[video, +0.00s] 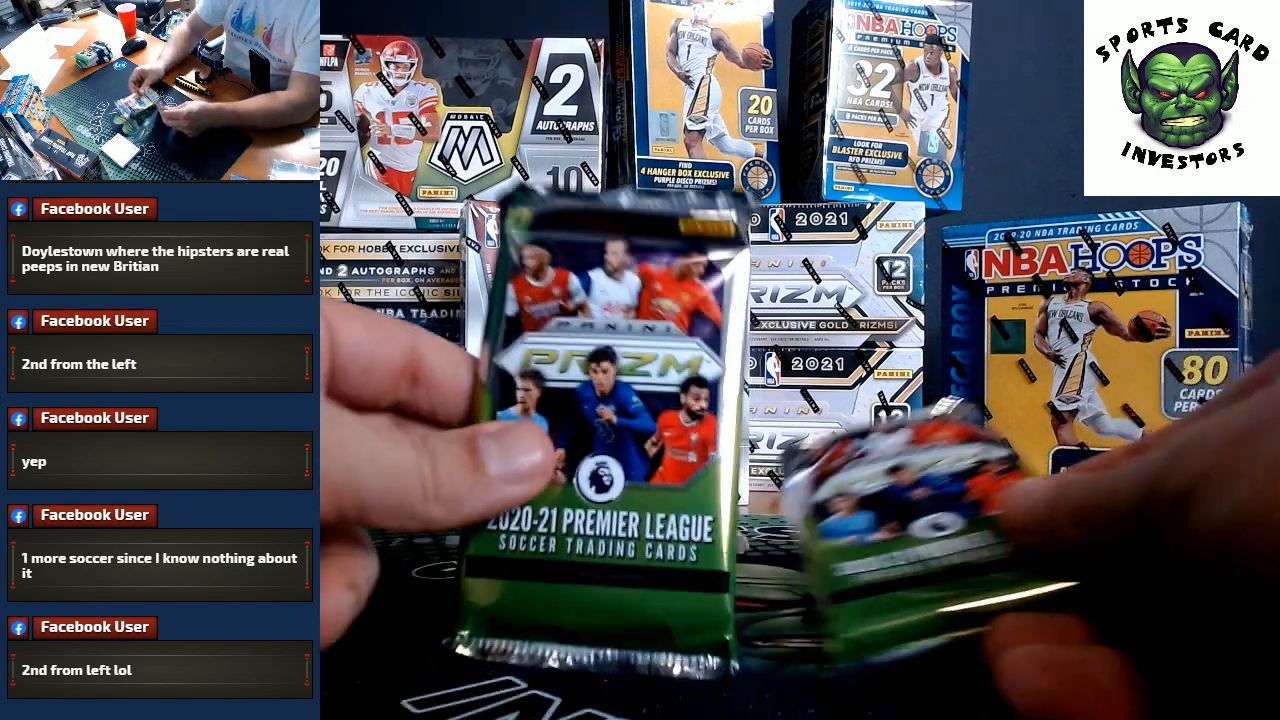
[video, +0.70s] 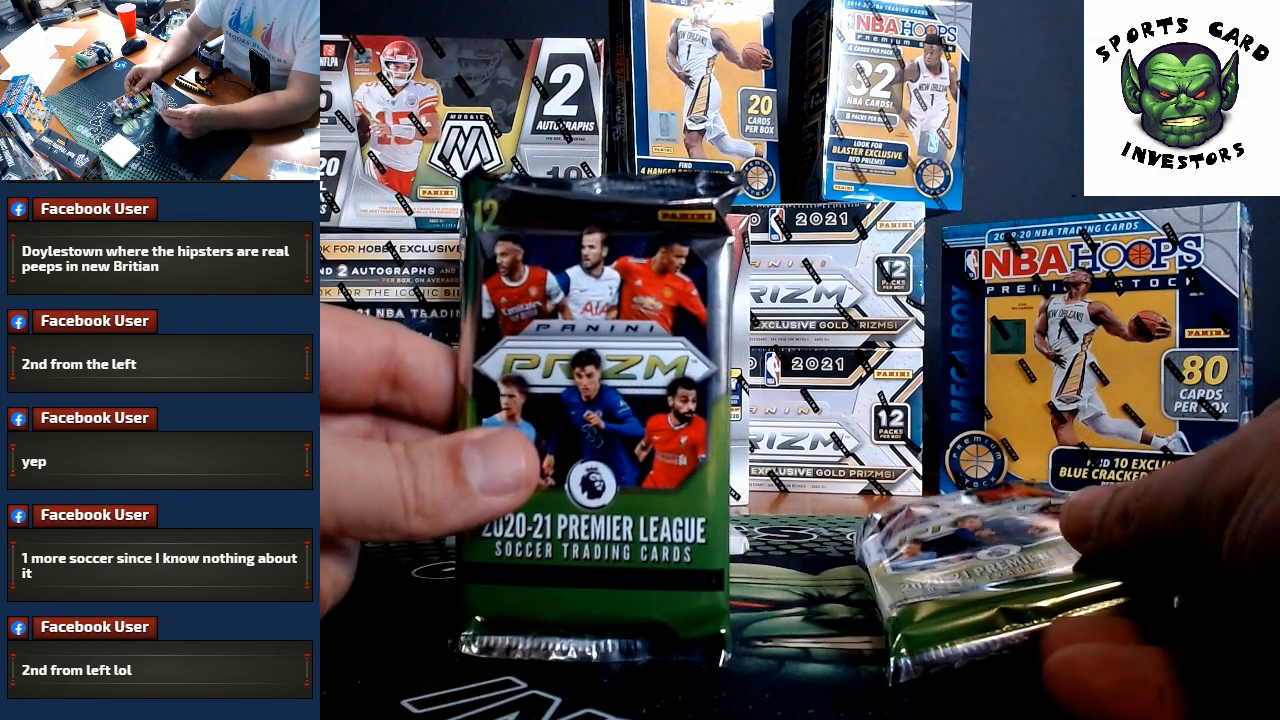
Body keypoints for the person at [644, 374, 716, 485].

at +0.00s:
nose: (702, 405)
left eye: (706, 400)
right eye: (696, 399)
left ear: (709, 400)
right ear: (682, 398)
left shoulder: (711, 424)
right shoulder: (666, 419)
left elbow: (713, 458)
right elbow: (658, 437)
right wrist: (652, 445)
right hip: (663, 483)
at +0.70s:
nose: (690, 407)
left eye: (694, 401)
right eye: (684, 401)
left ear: (697, 402)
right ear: (670, 401)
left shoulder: (699, 427)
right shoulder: (654, 423)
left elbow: (703, 461)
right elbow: (644, 446)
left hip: (682, 491)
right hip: (653, 487)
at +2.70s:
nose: (698, 409)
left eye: (702, 403)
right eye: (692, 403)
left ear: (705, 403)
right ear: (678, 403)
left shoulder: (709, 430)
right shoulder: (663, 425)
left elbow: (714, 467)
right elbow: (652, 449)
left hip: (691, 495)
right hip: (661, 490)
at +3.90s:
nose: (696, 408)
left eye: (699, 402)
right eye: (689, 402)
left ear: (701, 402)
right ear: (675, 403)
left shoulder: (706, 429)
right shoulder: (660, 425)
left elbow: (711, 466)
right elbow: (650, 449)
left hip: (689, 494)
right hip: (659, 490)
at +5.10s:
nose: (694, 405)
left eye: (697, 400)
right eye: (687, 400)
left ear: (700, 400)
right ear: (674, 400)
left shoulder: (704, 426)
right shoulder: (659, 422)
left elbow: (709, 461)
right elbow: (648, 446)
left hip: (687, 491)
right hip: (658, 487)